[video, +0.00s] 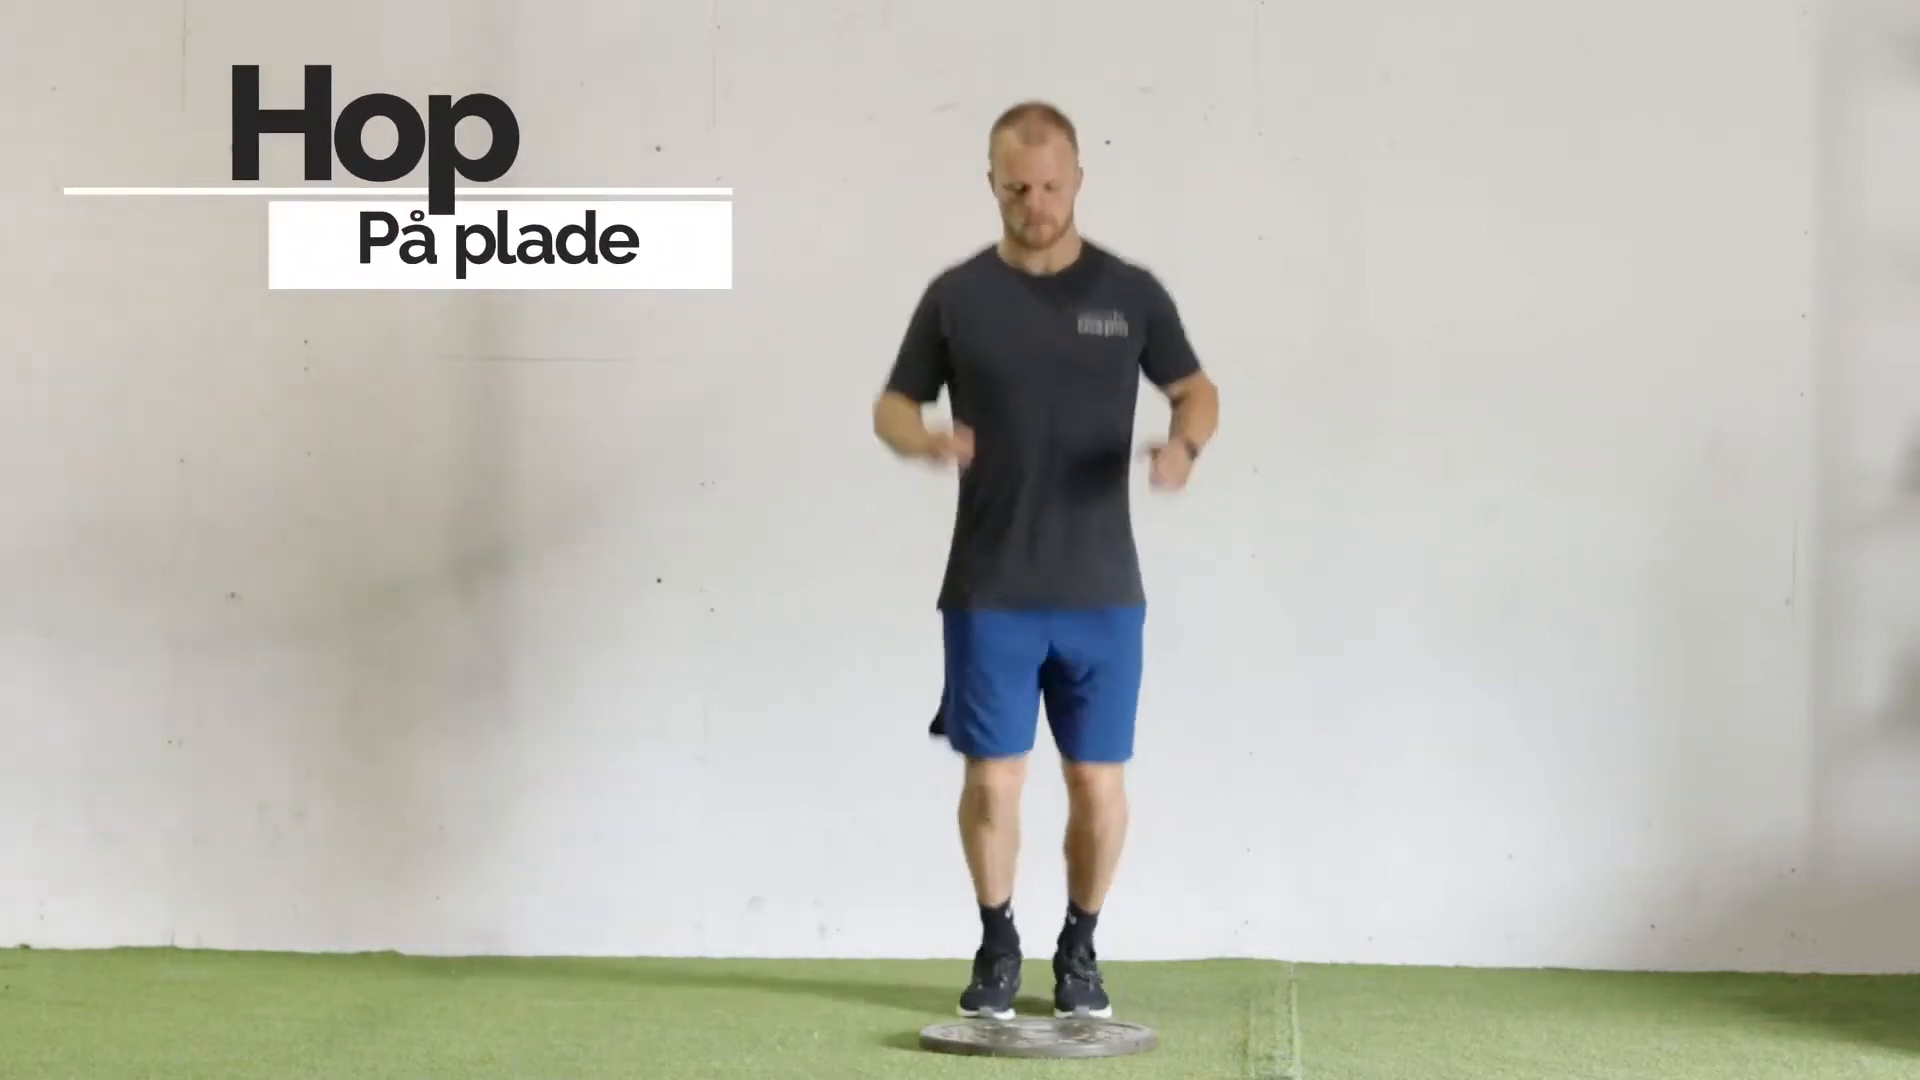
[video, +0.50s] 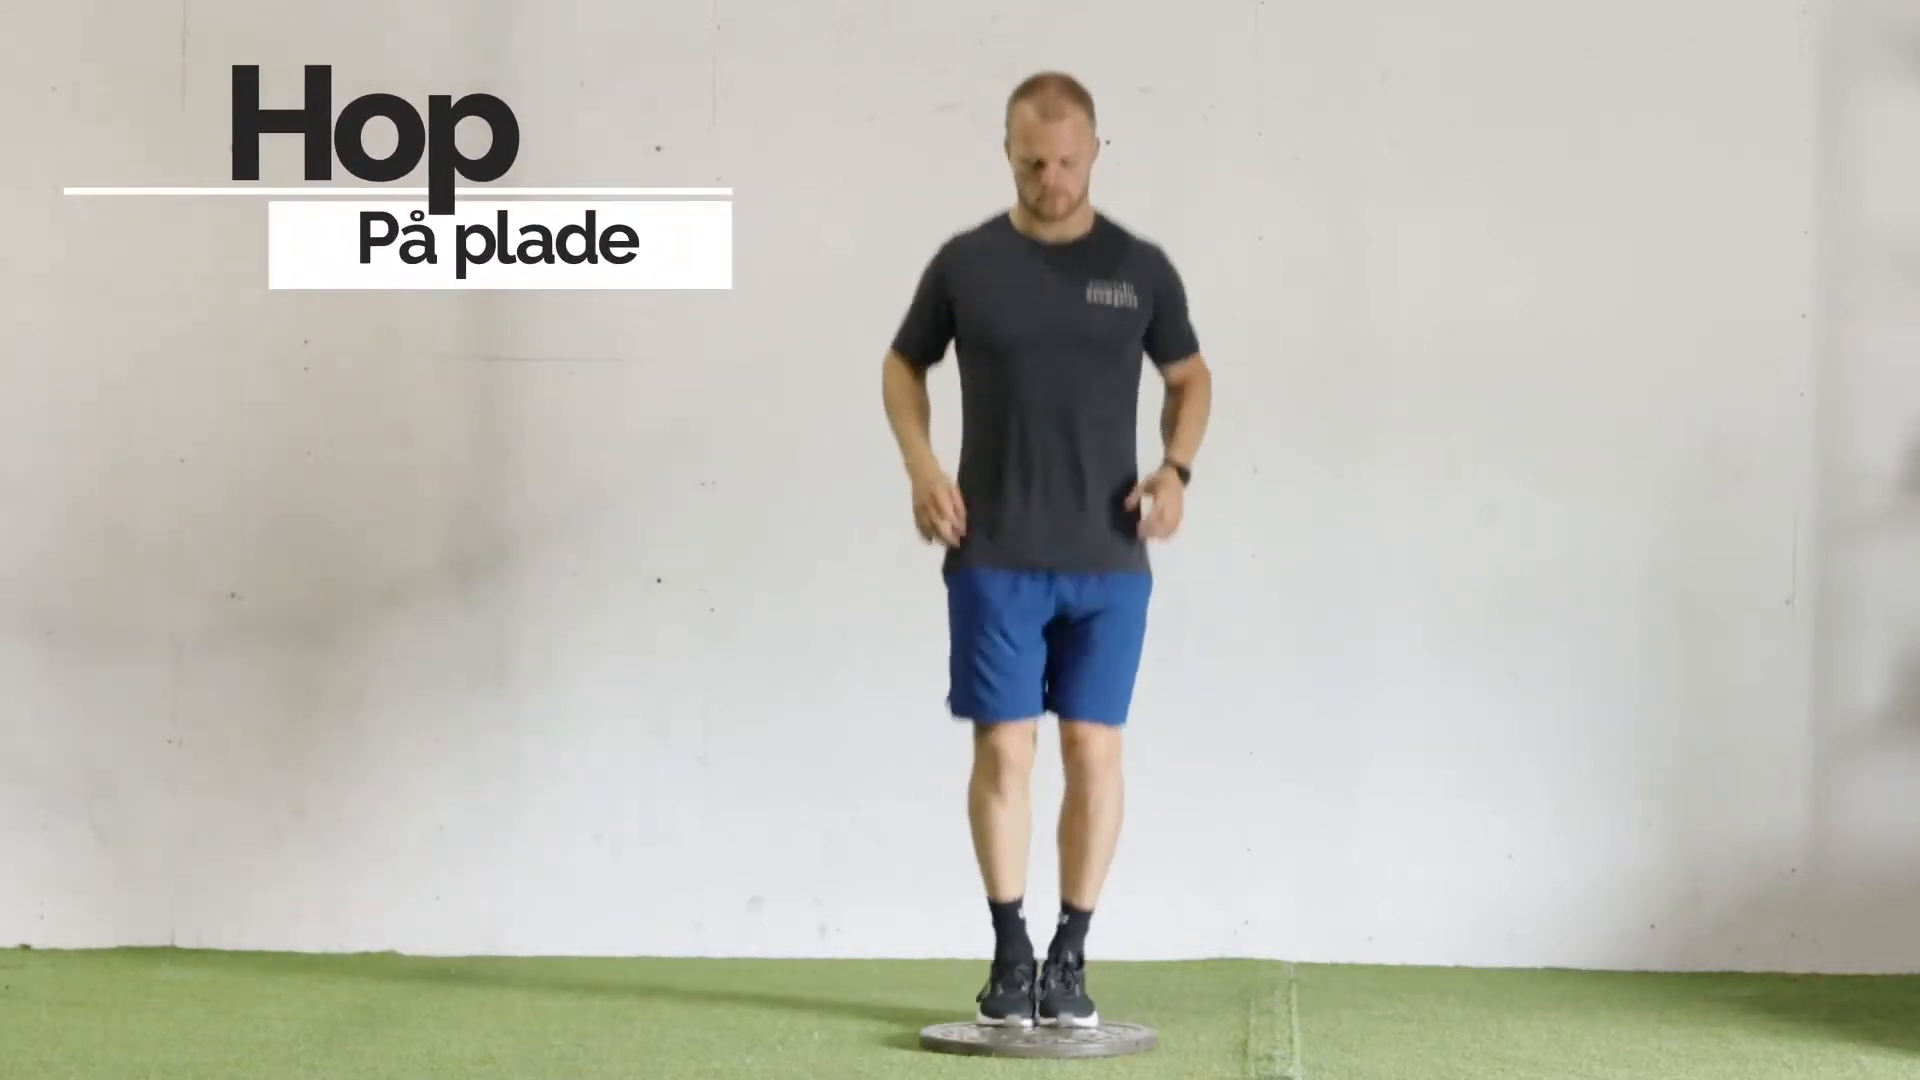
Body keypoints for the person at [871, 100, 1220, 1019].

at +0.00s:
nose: (1033, 203)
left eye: (1049, 185)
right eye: (1015, 187)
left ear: (1078, 180)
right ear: (993, 187)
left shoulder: (1132, 292)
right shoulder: (954, 297)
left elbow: (1196, 393)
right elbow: (892, 410)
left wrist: (1183, 442)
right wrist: (926, 437)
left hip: (1100, 580)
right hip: (992, 581)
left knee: (1097, 782)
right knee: (992, 780)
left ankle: (1080, 950)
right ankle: (997, 948)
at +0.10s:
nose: (1040, 122)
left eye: (1055, 106)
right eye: (1023, 107)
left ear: (1084, 100)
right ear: (1001, 105)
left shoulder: (1133, 205)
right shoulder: (960, 202)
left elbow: (1212, 285)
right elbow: (867, 296)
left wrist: (1204, 325)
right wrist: (907, 297)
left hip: (1106, 491)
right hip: (992, 490)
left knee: (1105, 703)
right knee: (986, 698)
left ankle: (1094, 905)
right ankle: (987, 900)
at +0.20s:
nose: (1043, 97)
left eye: (1058, 80)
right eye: (1026, 80)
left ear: (1087, 75)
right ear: (1003, 76)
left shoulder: (1136, 177)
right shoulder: (959, 175)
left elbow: (1214, 256)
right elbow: (869, 260)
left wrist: (1210, 305)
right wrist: (900, 277)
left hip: (1106, 464)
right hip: (993, 463)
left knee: (1102, 678)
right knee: (993, 673)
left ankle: (1087, 891)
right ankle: (993, 889)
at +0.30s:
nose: (1046, 115)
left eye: (1062, 98)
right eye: (1029, 99)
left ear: (1091, 93)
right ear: (1006, 95)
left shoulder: (1139, 200)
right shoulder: (961, 195)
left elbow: (1206, 291)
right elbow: (885, 285)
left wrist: (1208, 363)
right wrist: (917, 344)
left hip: (1105, 481)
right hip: (994, 480)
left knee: (1093, 701)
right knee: (1003, 697)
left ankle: (1069, 926)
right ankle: (1008, 920)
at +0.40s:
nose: (1048, 166)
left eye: (1064, 149)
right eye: (1031, 150)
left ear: (1093, 147)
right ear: (1008, 150)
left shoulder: (1139, 259)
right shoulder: (964, 254)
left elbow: (1202, 361)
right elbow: (895, 354)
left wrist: (1196, 443)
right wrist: (927, 439)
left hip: (1104, 537)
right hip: (993, 533)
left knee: (1089, 746)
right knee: (1006, 747)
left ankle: (1067, 960)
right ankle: (1010, 960)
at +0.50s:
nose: (1049, 176)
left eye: (1065, 158)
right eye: (1032, 159)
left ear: (1094, 154)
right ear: (1008, 156)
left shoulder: (1139, 267)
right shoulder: (964, 263)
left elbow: (1190, 378)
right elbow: (903, 366)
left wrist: (1174, 470)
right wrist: (922, 467)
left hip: (1108, 556)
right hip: (995, 553)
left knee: (1092, 747)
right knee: (1004, 750)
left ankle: (1067, 960)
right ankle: (1010, 958)